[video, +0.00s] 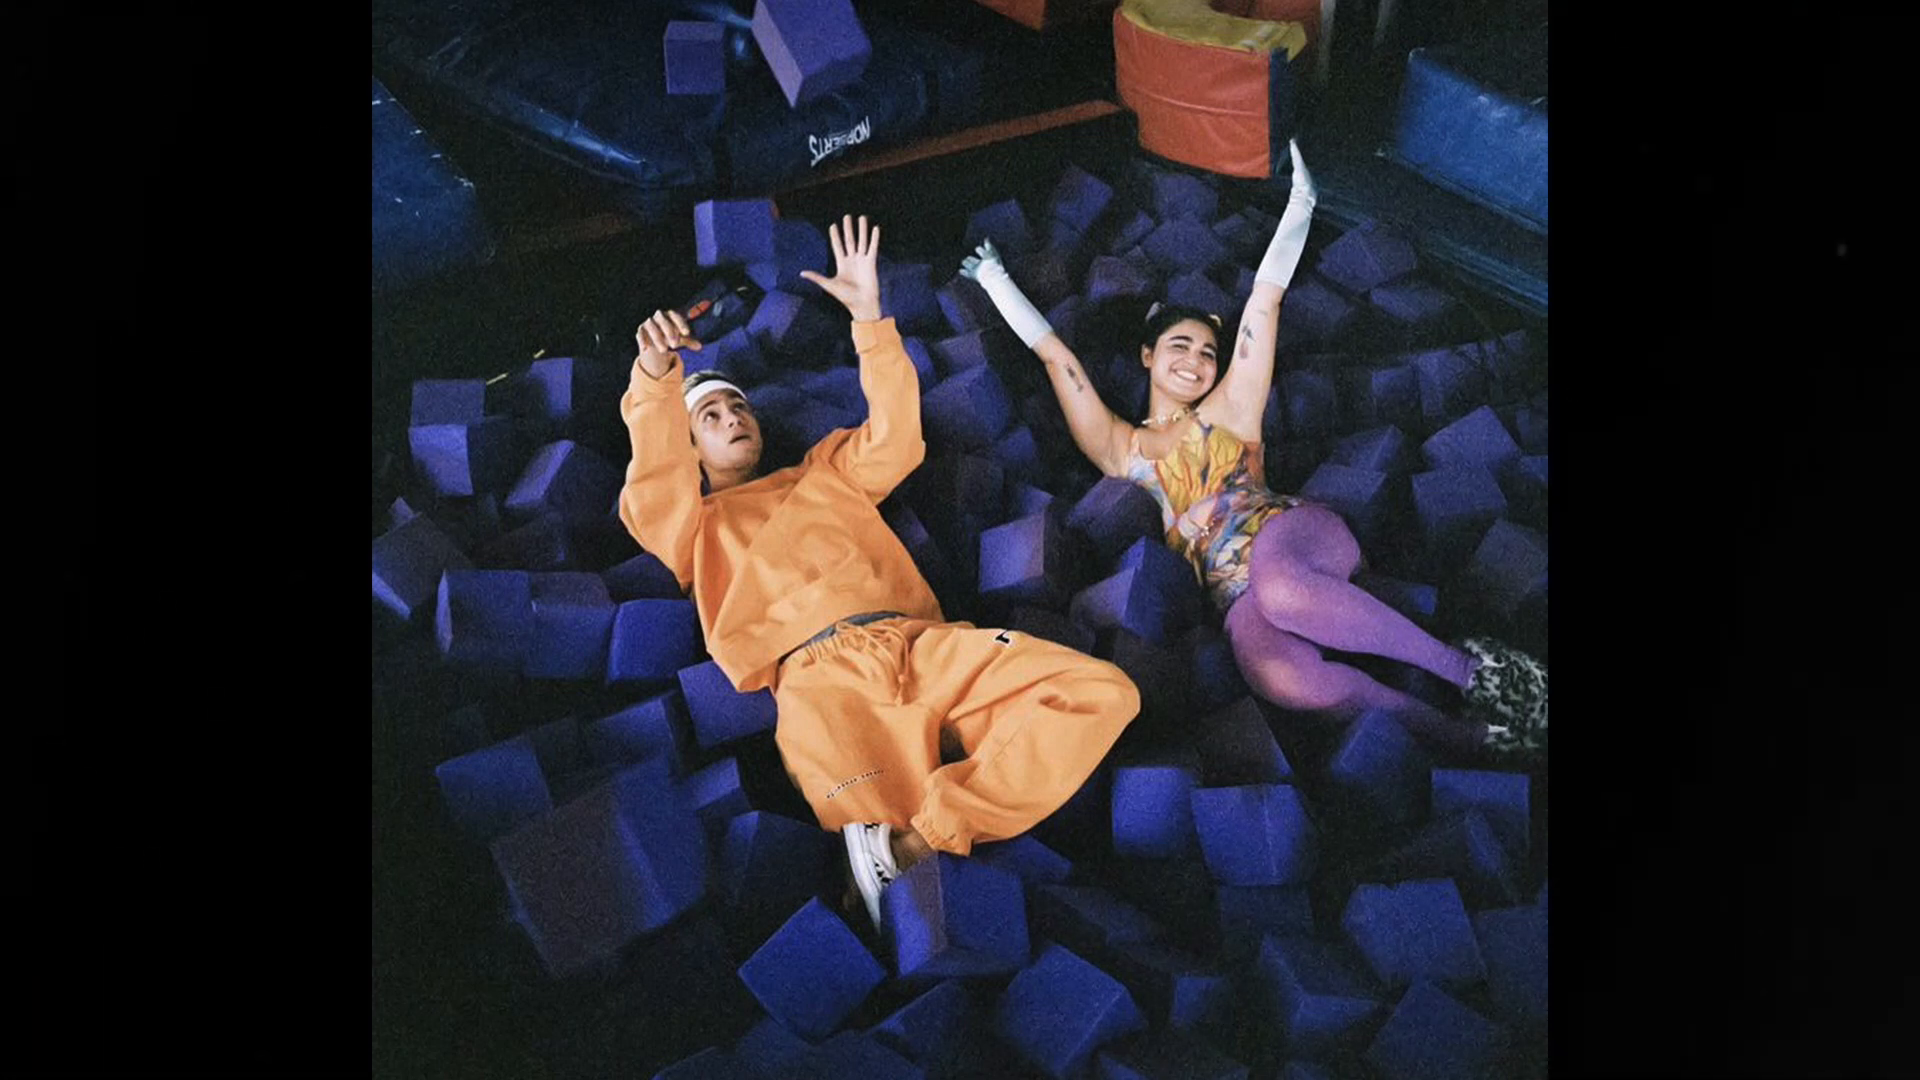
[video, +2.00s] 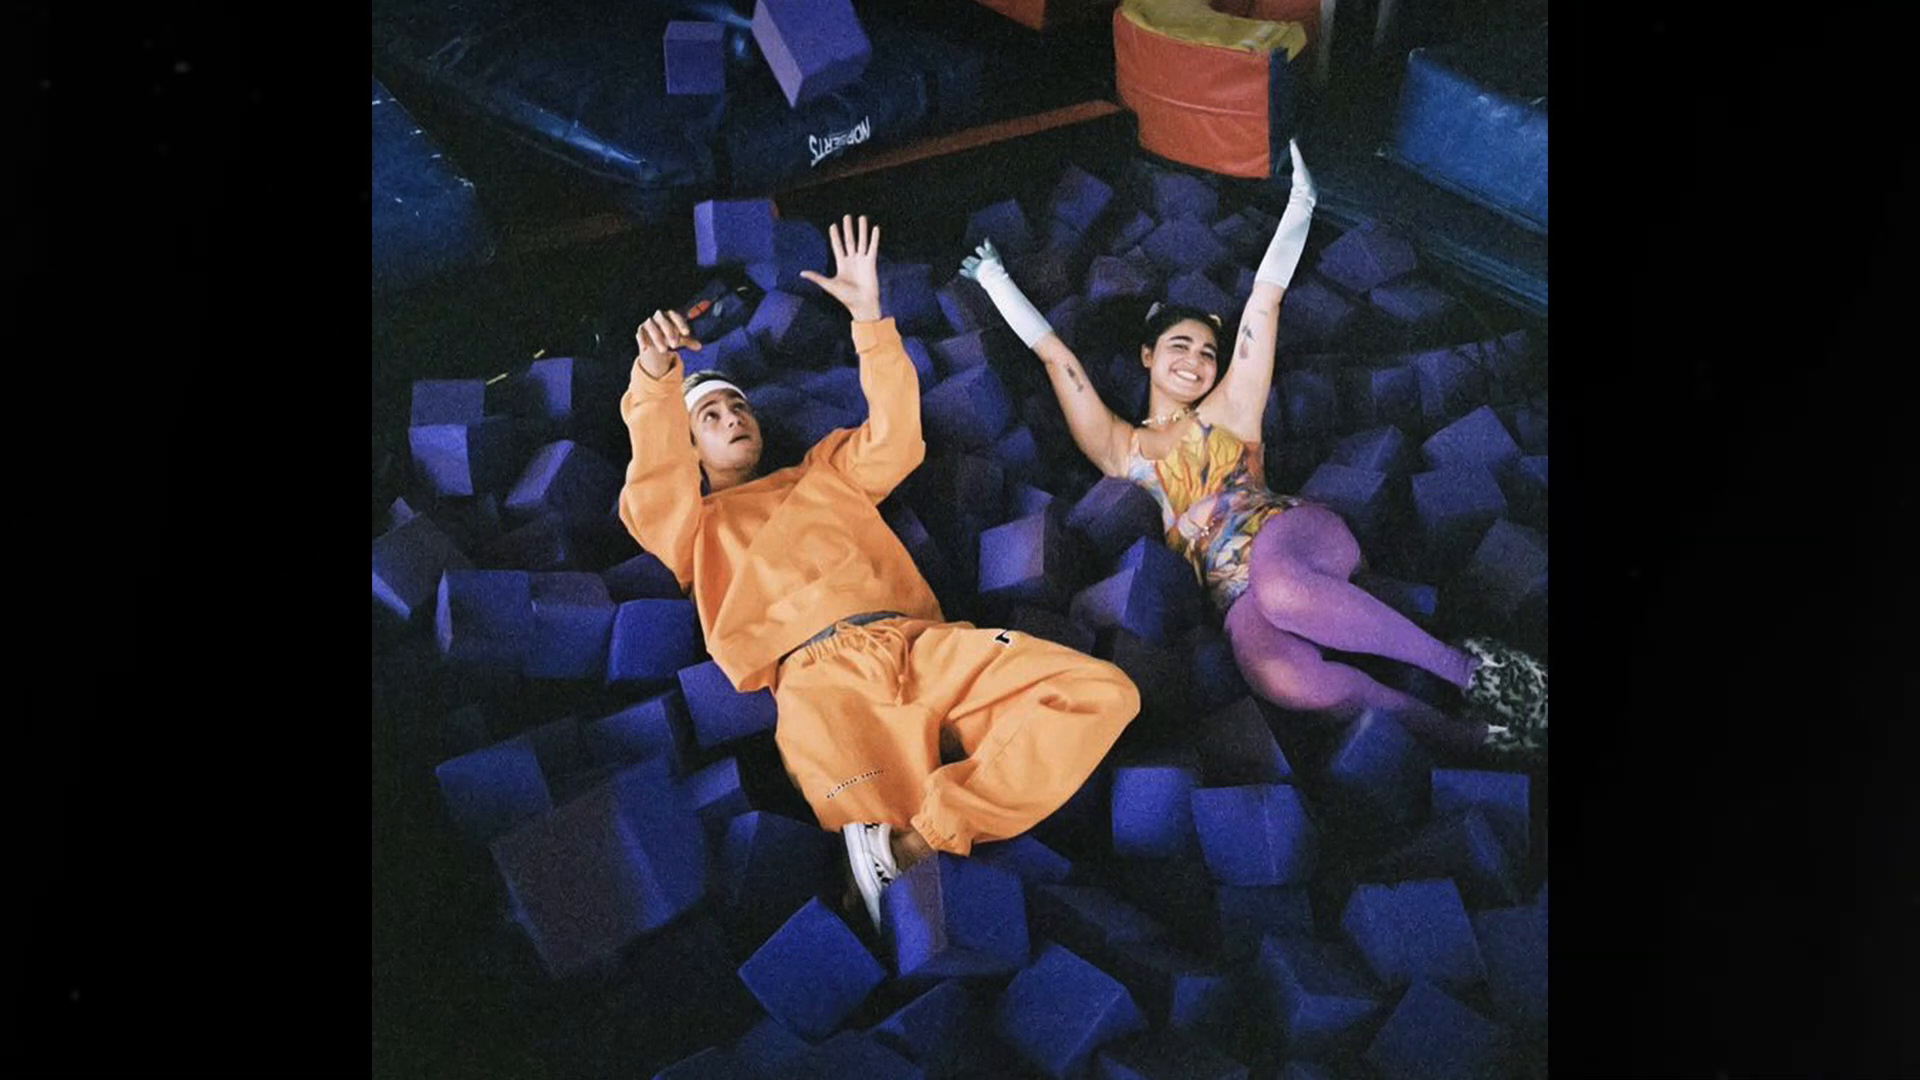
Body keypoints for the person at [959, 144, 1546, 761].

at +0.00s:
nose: (1191, 360)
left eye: (1205, 354)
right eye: (1176, 346)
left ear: (1216, 371)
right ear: (1145, 358)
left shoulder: (1230, 411)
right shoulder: (1122, 449)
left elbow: (1264, 305)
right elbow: (1058, 360)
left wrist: (1299, 208)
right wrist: (992, 278)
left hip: (1287, 530)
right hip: (1238, 596)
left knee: (1279, 593)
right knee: (1288, 681)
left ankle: (1472, 671)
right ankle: (1463, 735)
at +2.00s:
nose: (1191, 360)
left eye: (1205, 354)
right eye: (1176, 346)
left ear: (1216, 371)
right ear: (1145, 358)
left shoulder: (1230, 411)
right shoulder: (1122, 449)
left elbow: (1264, 305)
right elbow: (1058, 360)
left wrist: (1298, 209)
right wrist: (992, 278)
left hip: (1288, 530)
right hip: (1238, 596)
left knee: (1279, 592)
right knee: (1288, 681)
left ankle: (1472, 671)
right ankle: (1465, 736)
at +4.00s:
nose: (1191, 359)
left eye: (1205, 353)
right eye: (1177, 346)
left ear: (1217, 370)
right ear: (1145, 358)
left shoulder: (1230, 411)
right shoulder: (1123, 448)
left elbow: (1265, 304)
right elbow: (1057, 359)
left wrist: (1298, 209)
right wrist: (992, 278)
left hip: (1289, 531)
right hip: (1239, 598)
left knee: (1278, 592)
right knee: (1285, 679)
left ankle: (1471, 670)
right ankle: (1455, 728)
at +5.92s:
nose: (1191, 360)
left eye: (1205, 354)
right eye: (1177, 346)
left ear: (1217, 370)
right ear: (1145, 358)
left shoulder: (1230, 411)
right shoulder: (1124, 449)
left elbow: (1264, 304)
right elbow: (1057, 359)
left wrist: (1298, 209)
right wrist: (992, 278)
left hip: (1291, 533)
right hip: (1240, 599)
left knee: (1277, 592)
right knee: (1286, 680)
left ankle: (1471, 670)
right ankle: (1454, 728)